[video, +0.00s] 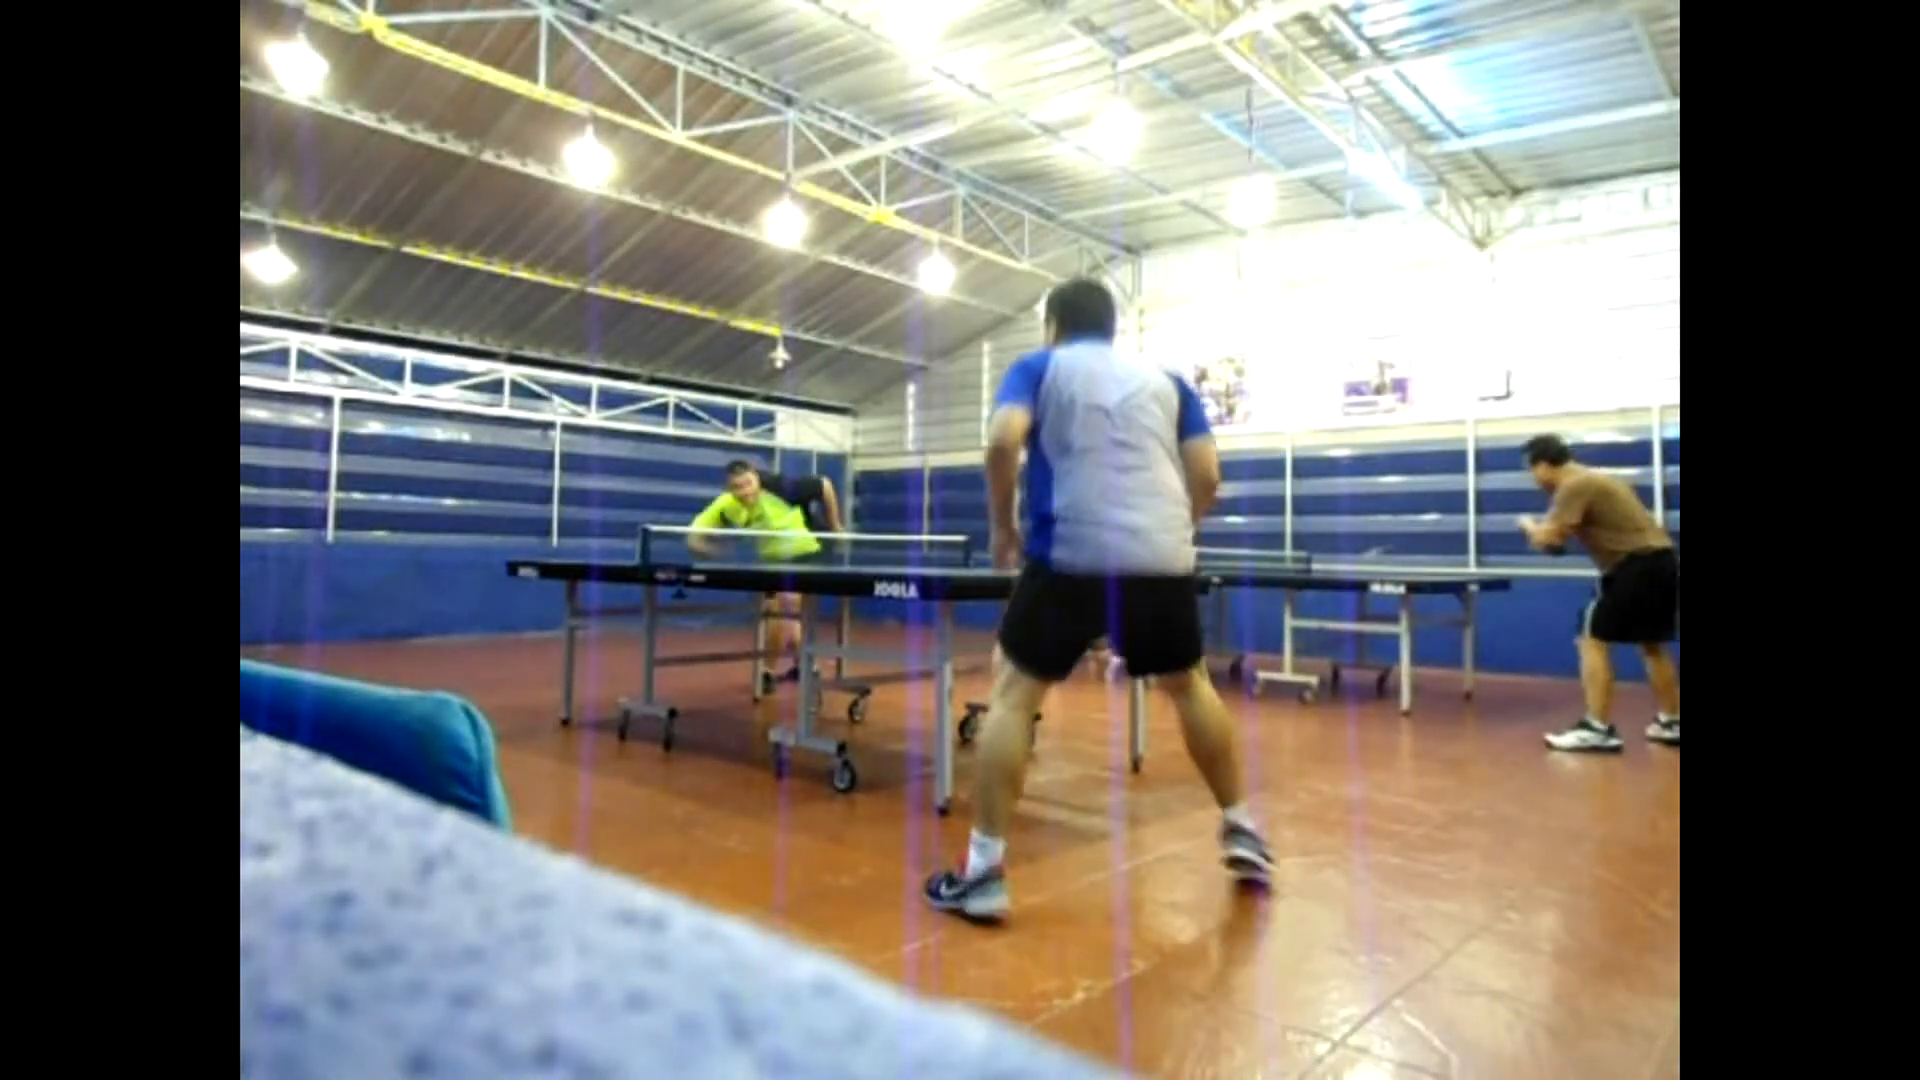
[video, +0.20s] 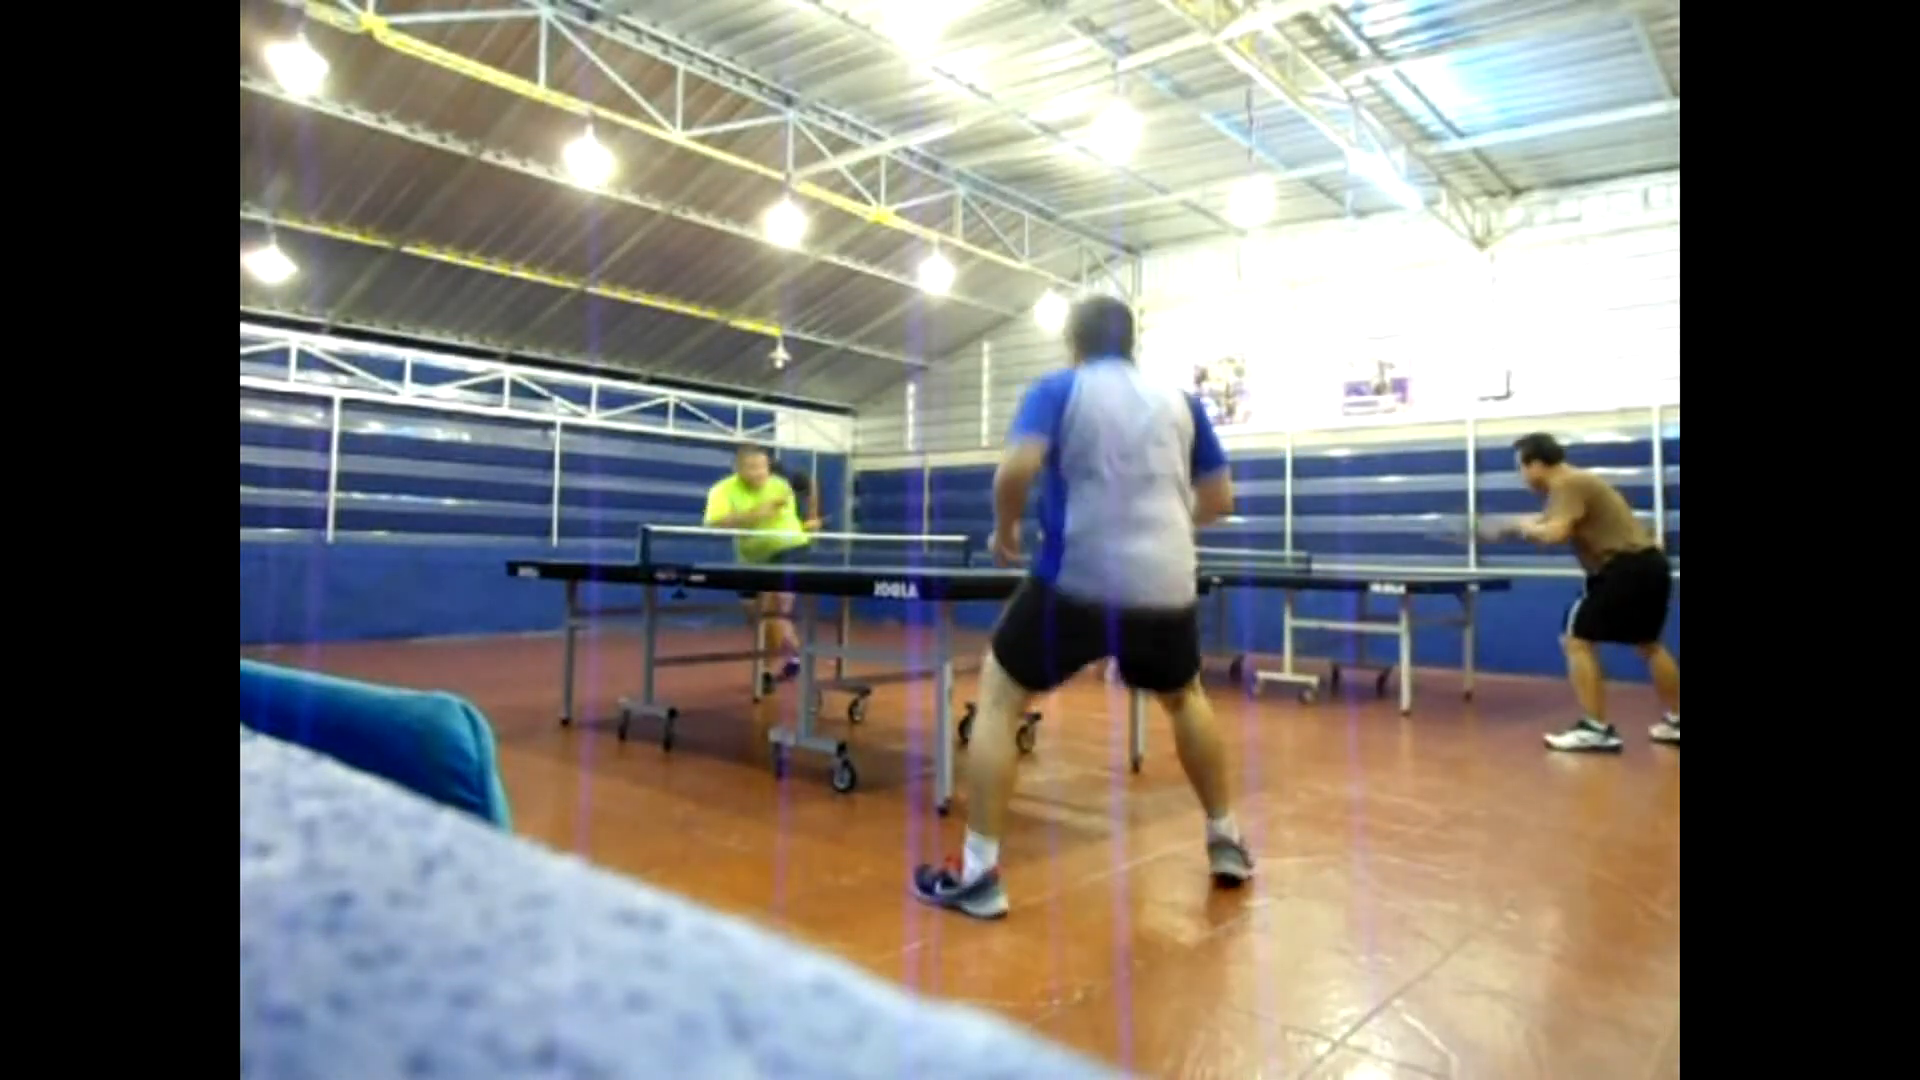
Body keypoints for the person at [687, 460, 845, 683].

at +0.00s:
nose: (744, 491)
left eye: (748, 484)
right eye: (738, 487)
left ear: (757, 480)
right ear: (730, 488)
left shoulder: (780, 489)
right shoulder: (727, 503)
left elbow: (823, 485)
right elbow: (696, 534)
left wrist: (835, 525)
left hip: (803, 555)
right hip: (771, 560)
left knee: (783, 608)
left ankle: (768, 671)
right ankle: (803, 663)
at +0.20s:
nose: (757, 472)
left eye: (761, 466)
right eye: (750, 467)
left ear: (768, 466)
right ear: (739, 468)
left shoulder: (780, 486)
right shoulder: (723, 490)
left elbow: (789, 522)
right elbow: (714, 522)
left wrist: (805, 526)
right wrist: (755, 515)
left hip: (786, 550)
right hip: (751, 556)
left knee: (777, 608)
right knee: (758, 612)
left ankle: (770, 669)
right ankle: (793, 655)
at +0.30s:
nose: (763, 454)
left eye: (766, 448)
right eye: (757, 448)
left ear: (772, 451)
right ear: (743, 450)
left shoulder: (780, 474)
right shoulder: (726, 474)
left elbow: (792, 512)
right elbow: (720, 502)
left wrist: (795, 491)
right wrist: (761, 490)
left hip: (776, 545)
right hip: (739, 550)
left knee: (773, 607)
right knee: (739, 606)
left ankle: (767, 669)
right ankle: (778, 643)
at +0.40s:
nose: (767, 443)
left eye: (770, 436)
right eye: (761, 436)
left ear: (773, 441)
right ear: (744, 438)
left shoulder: (776, 468)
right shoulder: (722, 462)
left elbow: (778, 501)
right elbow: (716, 493)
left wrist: (785, 493)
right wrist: (762, 491)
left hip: (765, 542)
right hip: (727, 545)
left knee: (765, 606)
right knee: (720, 601)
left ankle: (763, 667)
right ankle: (743, 640)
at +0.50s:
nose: (767, 440)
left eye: (770, 435)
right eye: (761, 433)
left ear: (773, 440)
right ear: (743, 434)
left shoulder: (772, 467)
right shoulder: (718, 458)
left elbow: (767, 499)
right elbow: (701, 494)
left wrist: (777, 510)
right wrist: (751, 503)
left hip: (754, 543)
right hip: (714, 544)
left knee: (755, 604)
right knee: (700, 599)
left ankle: (760, 668)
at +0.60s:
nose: (759, 443)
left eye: (761, 438)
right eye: (754, 436)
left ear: (762, 443)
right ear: (735, 437)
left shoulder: (761, 471)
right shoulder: (708, 460)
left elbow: (750, 504)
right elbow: (682, 497)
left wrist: (759, 518)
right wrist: (732, 509)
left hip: (741, 548)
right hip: (701, 549)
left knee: (747, 606)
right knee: (675, 614)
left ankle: (757, 672)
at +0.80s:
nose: (719, 446)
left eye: (722, 441)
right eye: (713, 439)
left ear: (723, 446)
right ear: (695, 439)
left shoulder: (719, 472)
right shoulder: (667, 463)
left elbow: (716, 513)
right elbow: (648, 504)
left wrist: (730, 539)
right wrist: (691, 500)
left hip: (708, 552)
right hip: (667, 553)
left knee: (726, 606)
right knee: (647, 613)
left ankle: (754, 668)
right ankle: (623, 673)